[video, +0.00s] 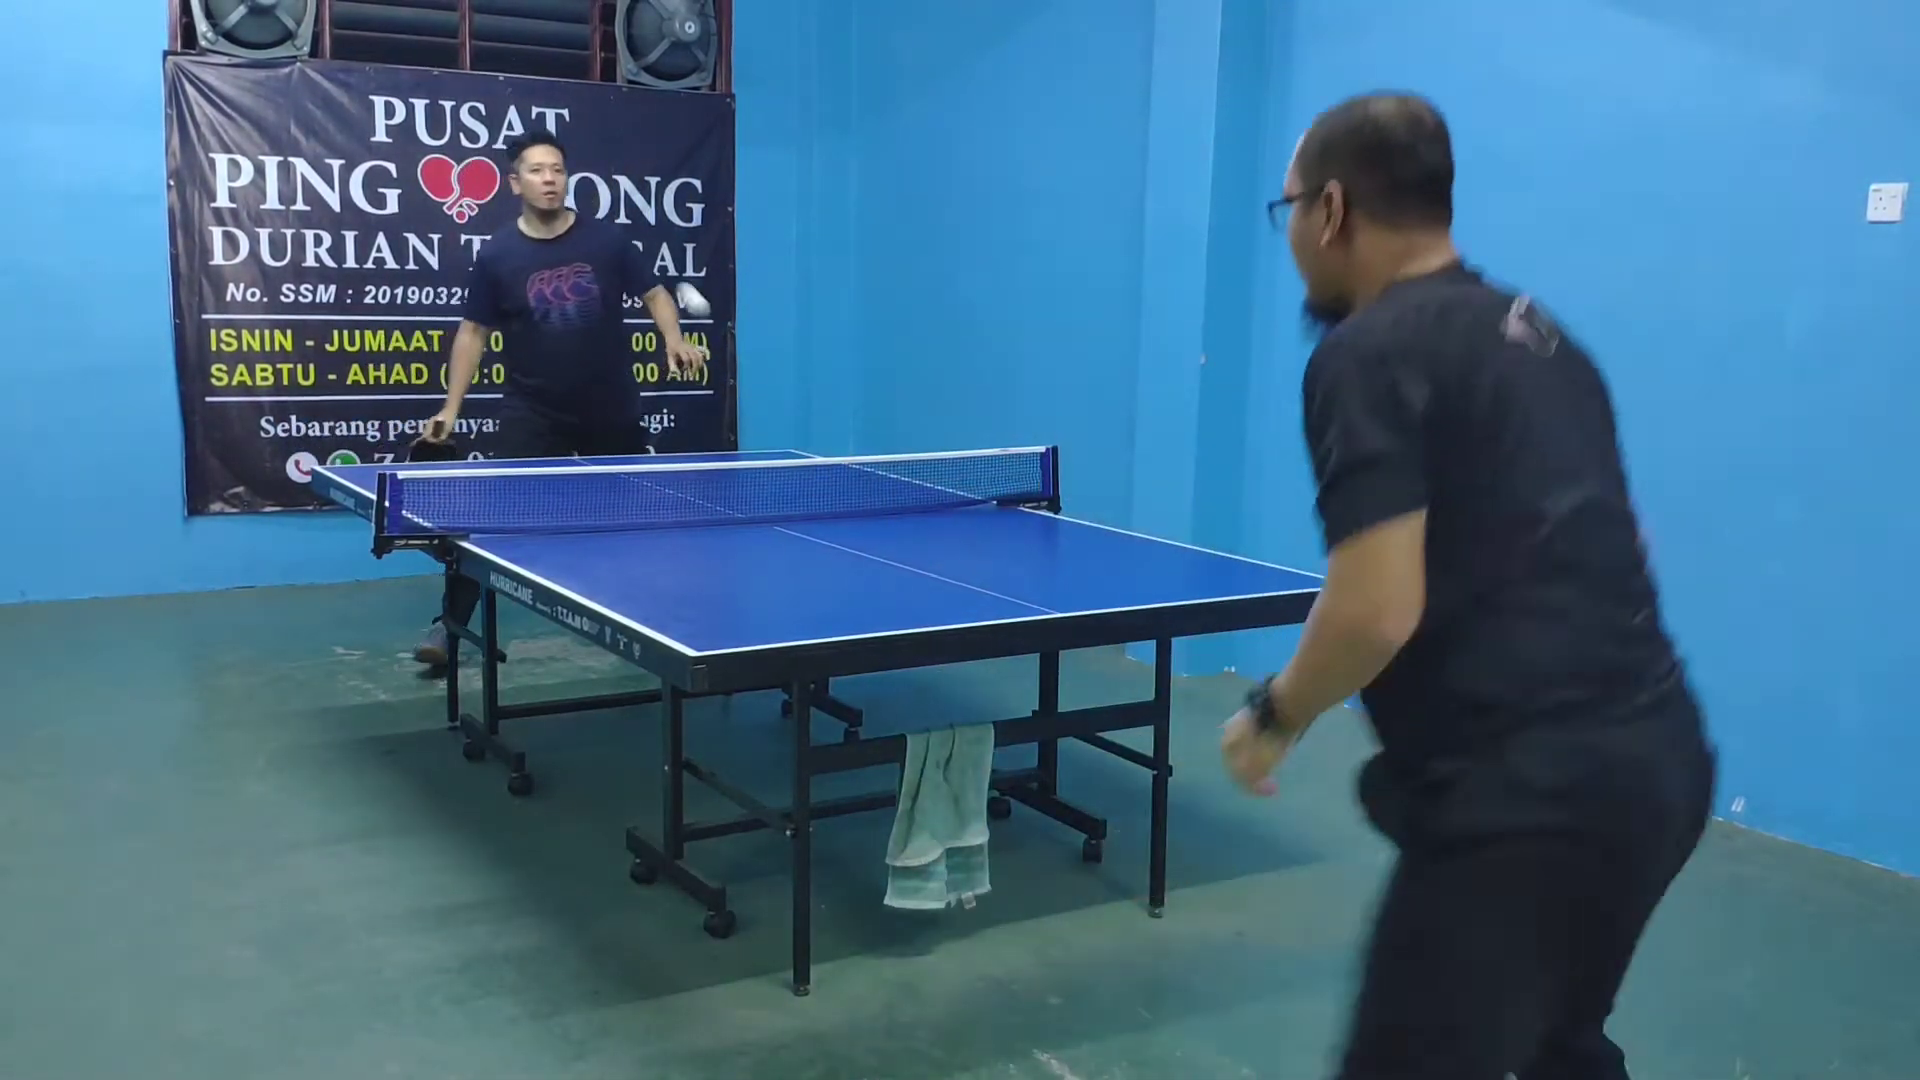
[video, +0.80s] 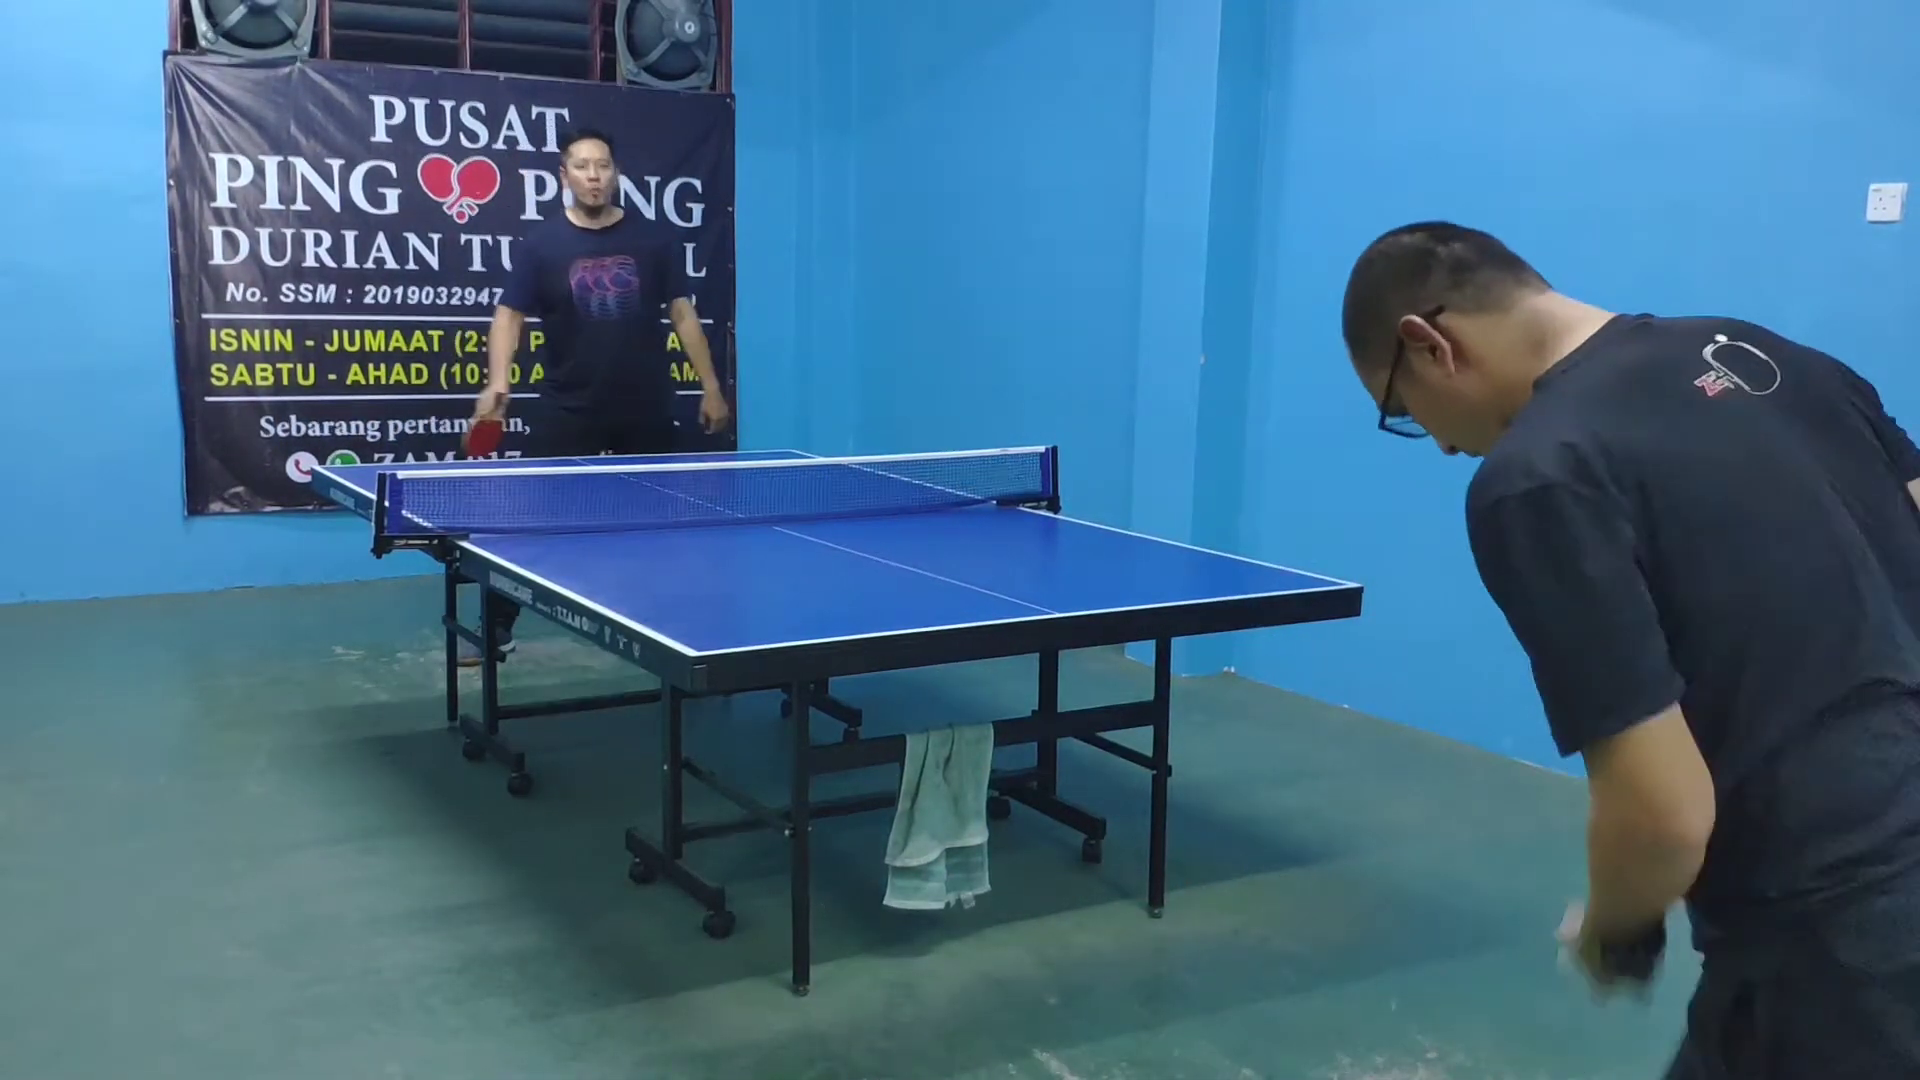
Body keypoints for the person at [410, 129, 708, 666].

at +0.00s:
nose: (549, 179)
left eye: (556, 169)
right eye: (536, 170)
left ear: (568, 178)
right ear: (515, 182)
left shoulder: (606, 239)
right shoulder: (498, 254)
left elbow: (654, 293)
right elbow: (472, 332)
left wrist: (674, 340)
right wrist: (450, 409)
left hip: (610, 408)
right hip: (534, 412)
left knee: (645, 511)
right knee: (491, 509)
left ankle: (674, 633)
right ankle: (448, 631)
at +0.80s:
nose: (593, 175)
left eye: (602, 165)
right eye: (582, 166)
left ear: (615, 172)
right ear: (565, 174)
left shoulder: (653, 237)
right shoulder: (543, 244)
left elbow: (683, 314)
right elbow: (509, 315)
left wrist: (712, 388)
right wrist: (497, 384)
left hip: (646, 408)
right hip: (569, 409)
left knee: (662, 517)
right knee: (530, 513)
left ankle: (675, 630)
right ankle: (497, 626)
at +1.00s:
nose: (609, 179)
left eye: (618, 170)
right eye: (597, 169)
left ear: (627, 179)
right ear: (576, 178)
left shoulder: (658, 240)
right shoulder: (555, 243)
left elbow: (687, 313)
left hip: (643, 397)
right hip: (575, 396)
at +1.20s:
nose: (607, 180)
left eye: (616, 171)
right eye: (595, 170)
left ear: (627, 179)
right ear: (574, 178)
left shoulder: (662, 242)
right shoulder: (544, 245)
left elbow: (687, 310)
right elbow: (515, 316)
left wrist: (653, 360)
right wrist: (539, 369)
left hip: (642, 394)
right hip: (570, 393)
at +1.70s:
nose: (640, 201)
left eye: (649, 191)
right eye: (630, 191)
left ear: (658, 195)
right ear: (606, 192)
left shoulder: (680, 254)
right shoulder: (573, 252)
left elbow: (705, 319)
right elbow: (535, 321)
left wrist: (703, 352)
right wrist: (566, 357)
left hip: (658, 418)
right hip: (581, 416)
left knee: (680, 523)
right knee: (537, 517)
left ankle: (677, 628)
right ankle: (501, 627)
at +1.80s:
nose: (658, 217)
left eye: (666, 207)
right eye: (648, 205)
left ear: (673, 208)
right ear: (621, 201)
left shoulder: (682, 262)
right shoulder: (588, 261)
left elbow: (702, 325)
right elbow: (575, 346)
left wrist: (727, 356)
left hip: (654, 424)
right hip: (585, 423)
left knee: (667, 526)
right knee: (541, 520)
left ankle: (671, 628)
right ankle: (501, 627)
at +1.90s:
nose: (675, 240)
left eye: (683, 230)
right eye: (665, 228)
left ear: (690, 230)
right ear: (638, 223)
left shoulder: (687, 268)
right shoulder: (612, 289)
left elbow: (706, 327)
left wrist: (755, 371)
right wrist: (717, 408)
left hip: (655, 421)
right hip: (581, 424)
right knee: (543, 525)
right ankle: (502, 626)